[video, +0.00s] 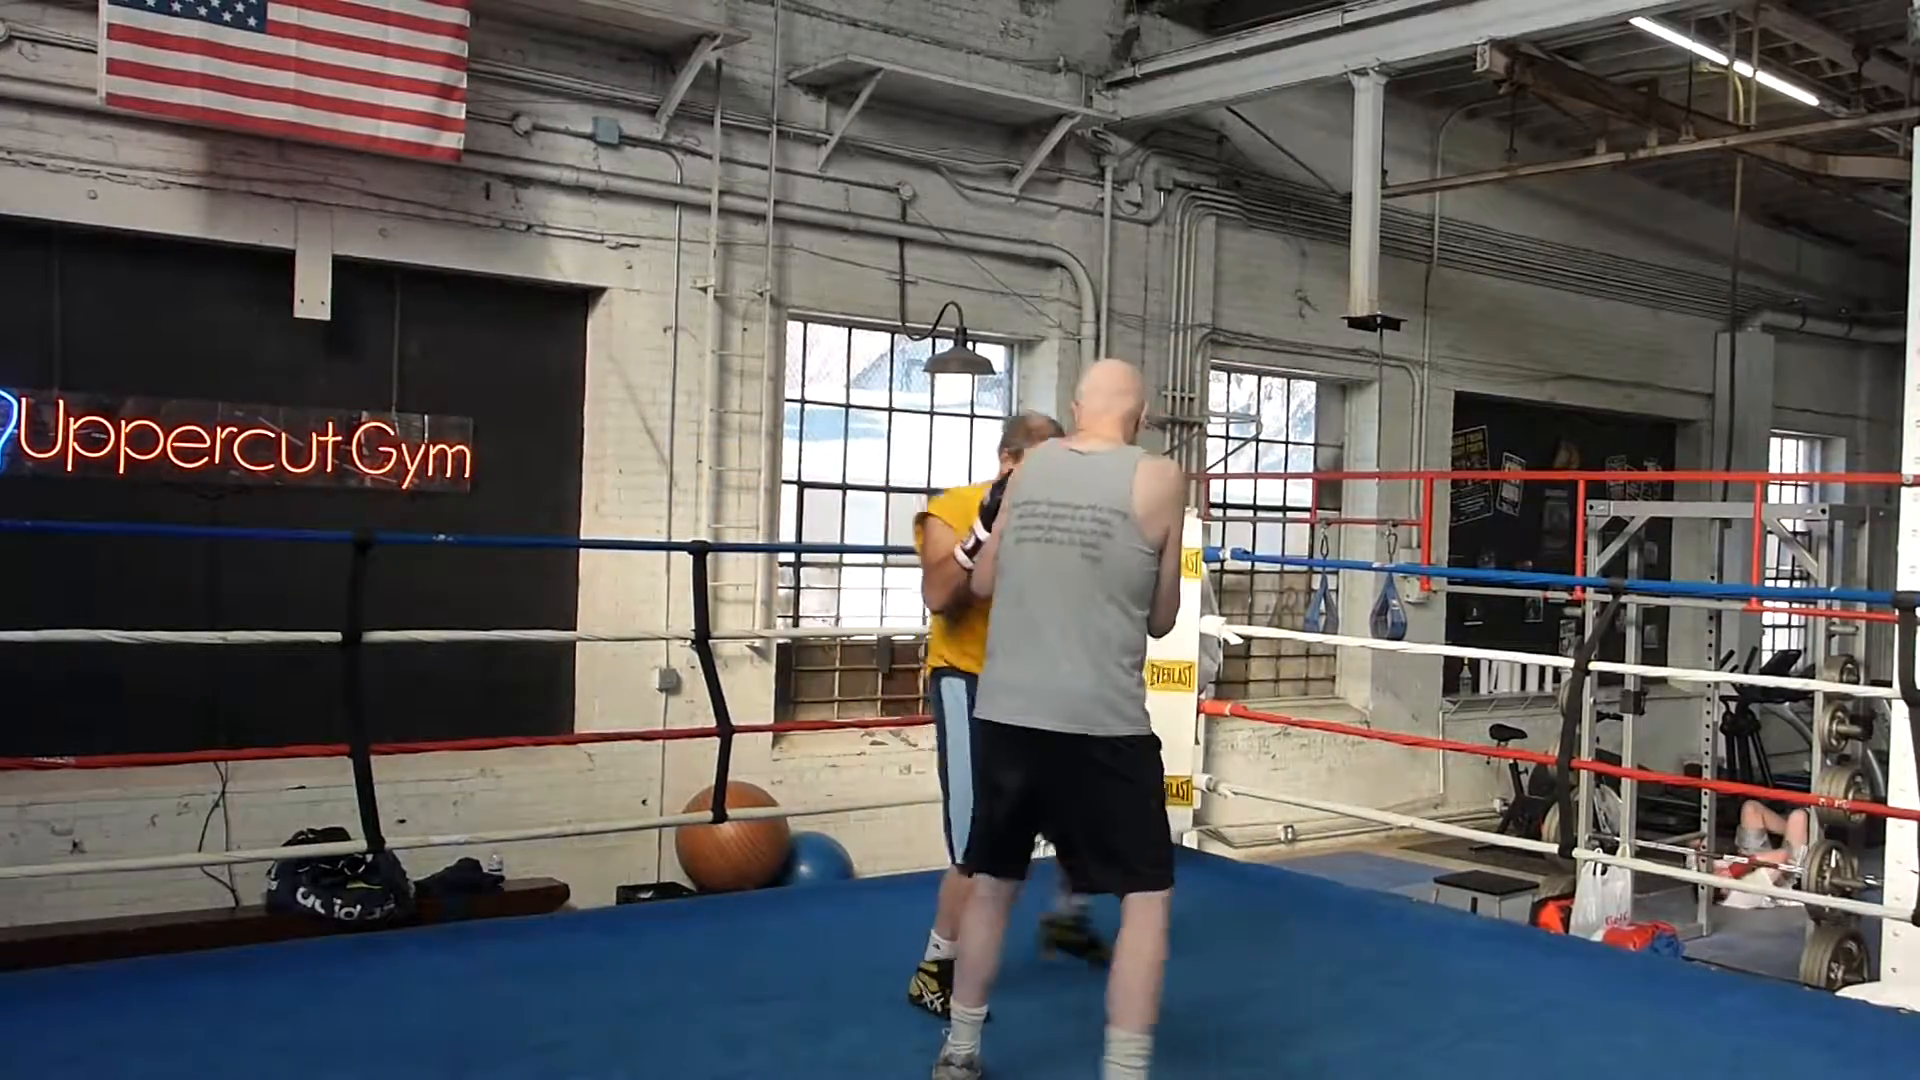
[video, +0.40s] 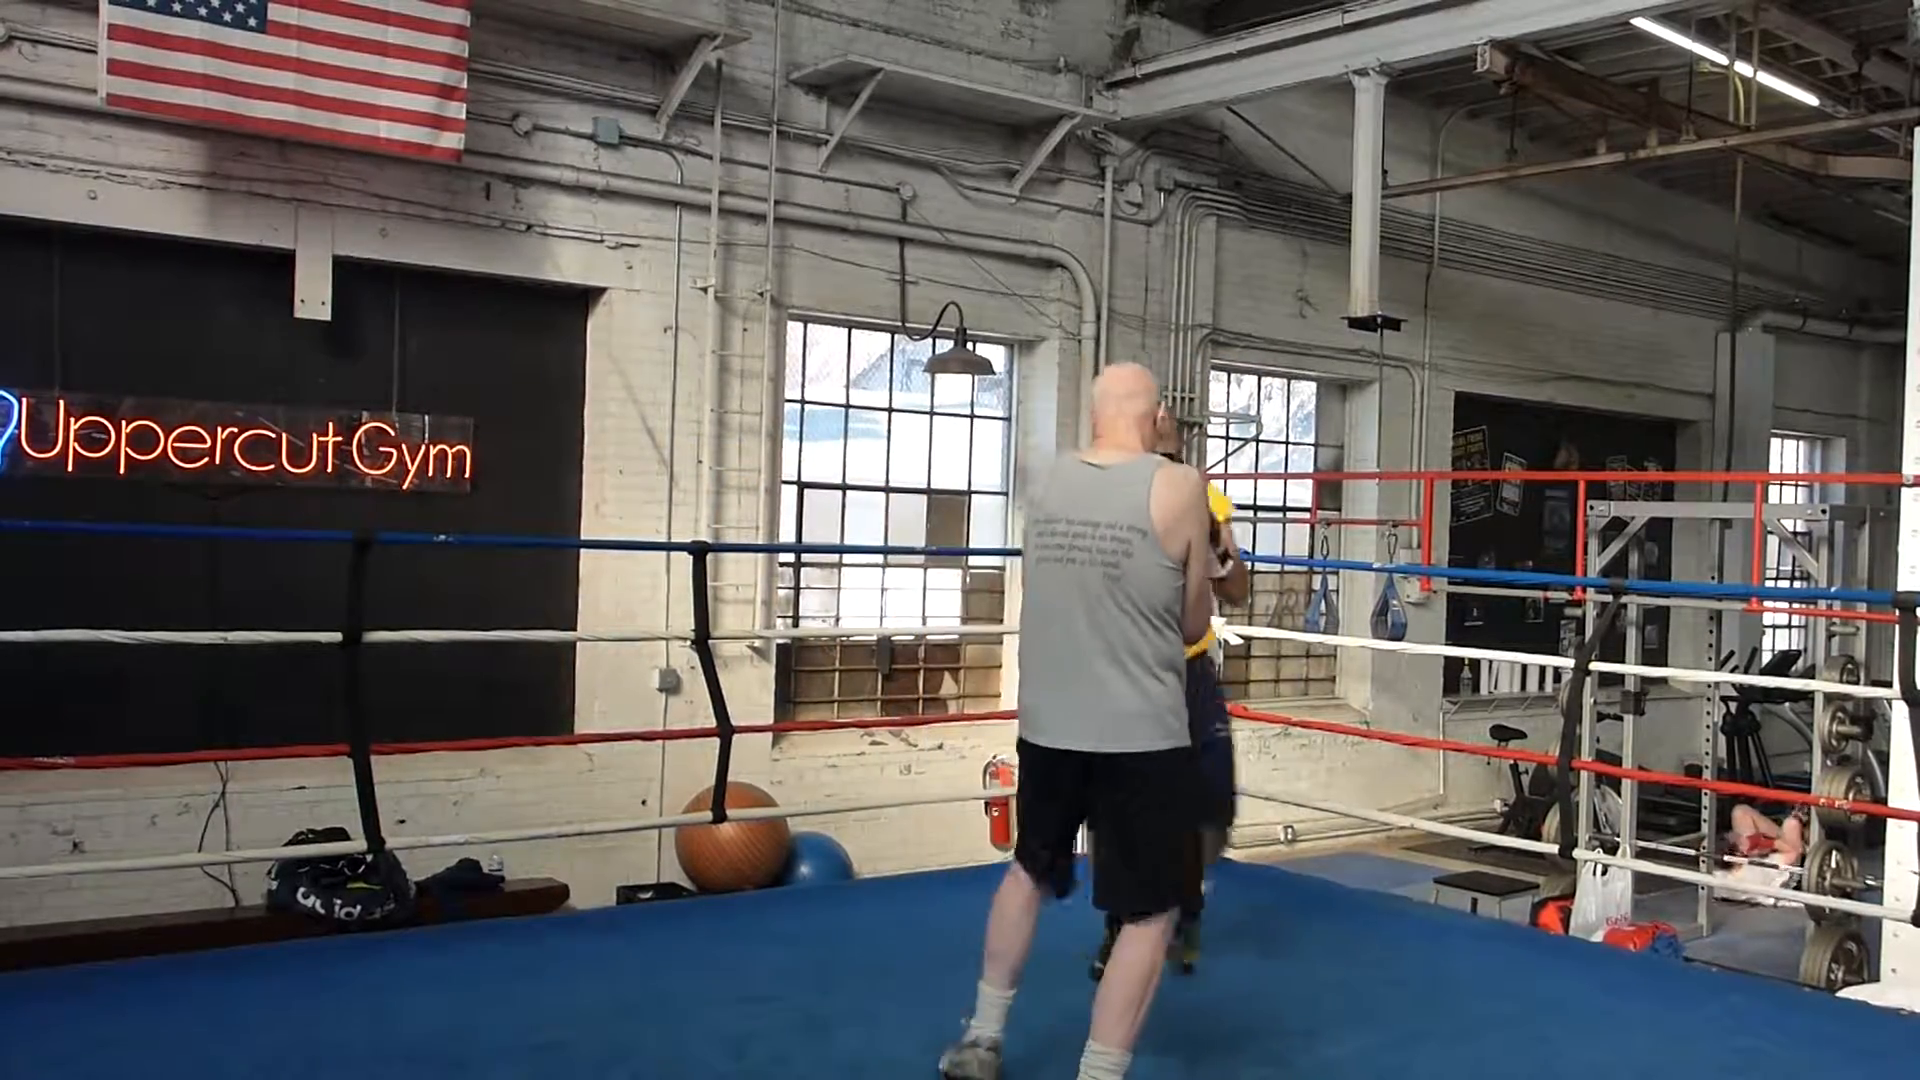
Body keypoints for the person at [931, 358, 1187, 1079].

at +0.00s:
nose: (1109, 407)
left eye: (1086, 397)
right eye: (1139, 407)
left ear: (1074, 410)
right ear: (1143, 417)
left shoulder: (1028, 468)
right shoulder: (1162, 479)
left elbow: (984, 580)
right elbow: (1161, 616)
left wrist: (1049, 551)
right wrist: (1105, 568)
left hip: (1009, 717)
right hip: (1105, 727)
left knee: (990, 882)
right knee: (1146, 895)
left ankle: (960, 1052)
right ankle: (1125, 1070)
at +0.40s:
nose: (1167, 421)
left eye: (1159, 410)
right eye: (1164, 411)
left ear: (1091, 417)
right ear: (1156, 419)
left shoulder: (1046, 480)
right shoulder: (1181, 487)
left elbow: (1053, 583)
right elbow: (1194, 622)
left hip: (1046, 728)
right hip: (1145, 737)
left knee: (1030, 867)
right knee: (1148, 913)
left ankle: (982, 1038)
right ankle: (1099, 1072)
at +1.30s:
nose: (1211, 449)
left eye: (1214, 436)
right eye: (1211, 432)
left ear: (1157, 415)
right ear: (1188, 418)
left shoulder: (1119, 473)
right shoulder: (1149, 480)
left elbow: (1158, 590)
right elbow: (1178, 603)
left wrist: (1206, 523)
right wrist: (1228, 533)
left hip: (1106, 707)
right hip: (1112, 713)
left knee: (1120, 871)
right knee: (1109, 882)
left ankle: (1094, 1014)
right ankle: (1037, 1050)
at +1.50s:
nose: (1211, 464)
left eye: (1214, 451)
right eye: (1211, 447)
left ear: (1162, 432)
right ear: (1183, 434)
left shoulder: (1123, 496)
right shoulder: (1133, 503)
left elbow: (1163, 602)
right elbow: (1176, 620)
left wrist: (1207, 535)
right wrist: (1229, 543)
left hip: (1156, 720)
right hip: (1130, 727)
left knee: (1225, 827)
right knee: (1138, 893)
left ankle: (1152, 981)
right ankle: (1040, 1053)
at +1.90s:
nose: (1283, 457)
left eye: (1287, 445)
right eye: (1281, 442)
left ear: (1249, 425)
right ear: (1245, 424)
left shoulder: (1238, 497)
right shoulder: (1178, 484)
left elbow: (1263, 602)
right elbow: (1220, 603)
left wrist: (1300, 535)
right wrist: (1282, 536)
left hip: (1248, 712)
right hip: (1186, 713)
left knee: (1249, 861)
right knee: (1178, 868)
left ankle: (1236, 1011)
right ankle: (1108, 1024)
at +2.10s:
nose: (1297, 470)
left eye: (1301, 458)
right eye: (1293, 454)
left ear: (1260, 445)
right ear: (1251, 441)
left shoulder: (1264, 520)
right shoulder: (1184, 506)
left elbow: (1292, 618)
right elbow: (1227, 624)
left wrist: (1324, 542)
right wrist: (1292, 546)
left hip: (1281, 726)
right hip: (1205, 736)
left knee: (1358, 849)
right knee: (1197, 891)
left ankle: (1286, 977)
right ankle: (1131, 1025)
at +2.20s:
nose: (1320, 478)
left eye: (1322, 466)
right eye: (1313, 463)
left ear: (1278, 453)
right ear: (1271, 453)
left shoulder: (1291, 523)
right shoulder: (1201, 518)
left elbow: (1313, 632)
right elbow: (1227, 641)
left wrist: (1342, 568)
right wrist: (1301, 562)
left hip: (1303, 731)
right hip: (1224, 744)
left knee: (1388, 854)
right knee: (1211, 899)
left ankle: (1373, 1006)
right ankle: (1133, 1027)